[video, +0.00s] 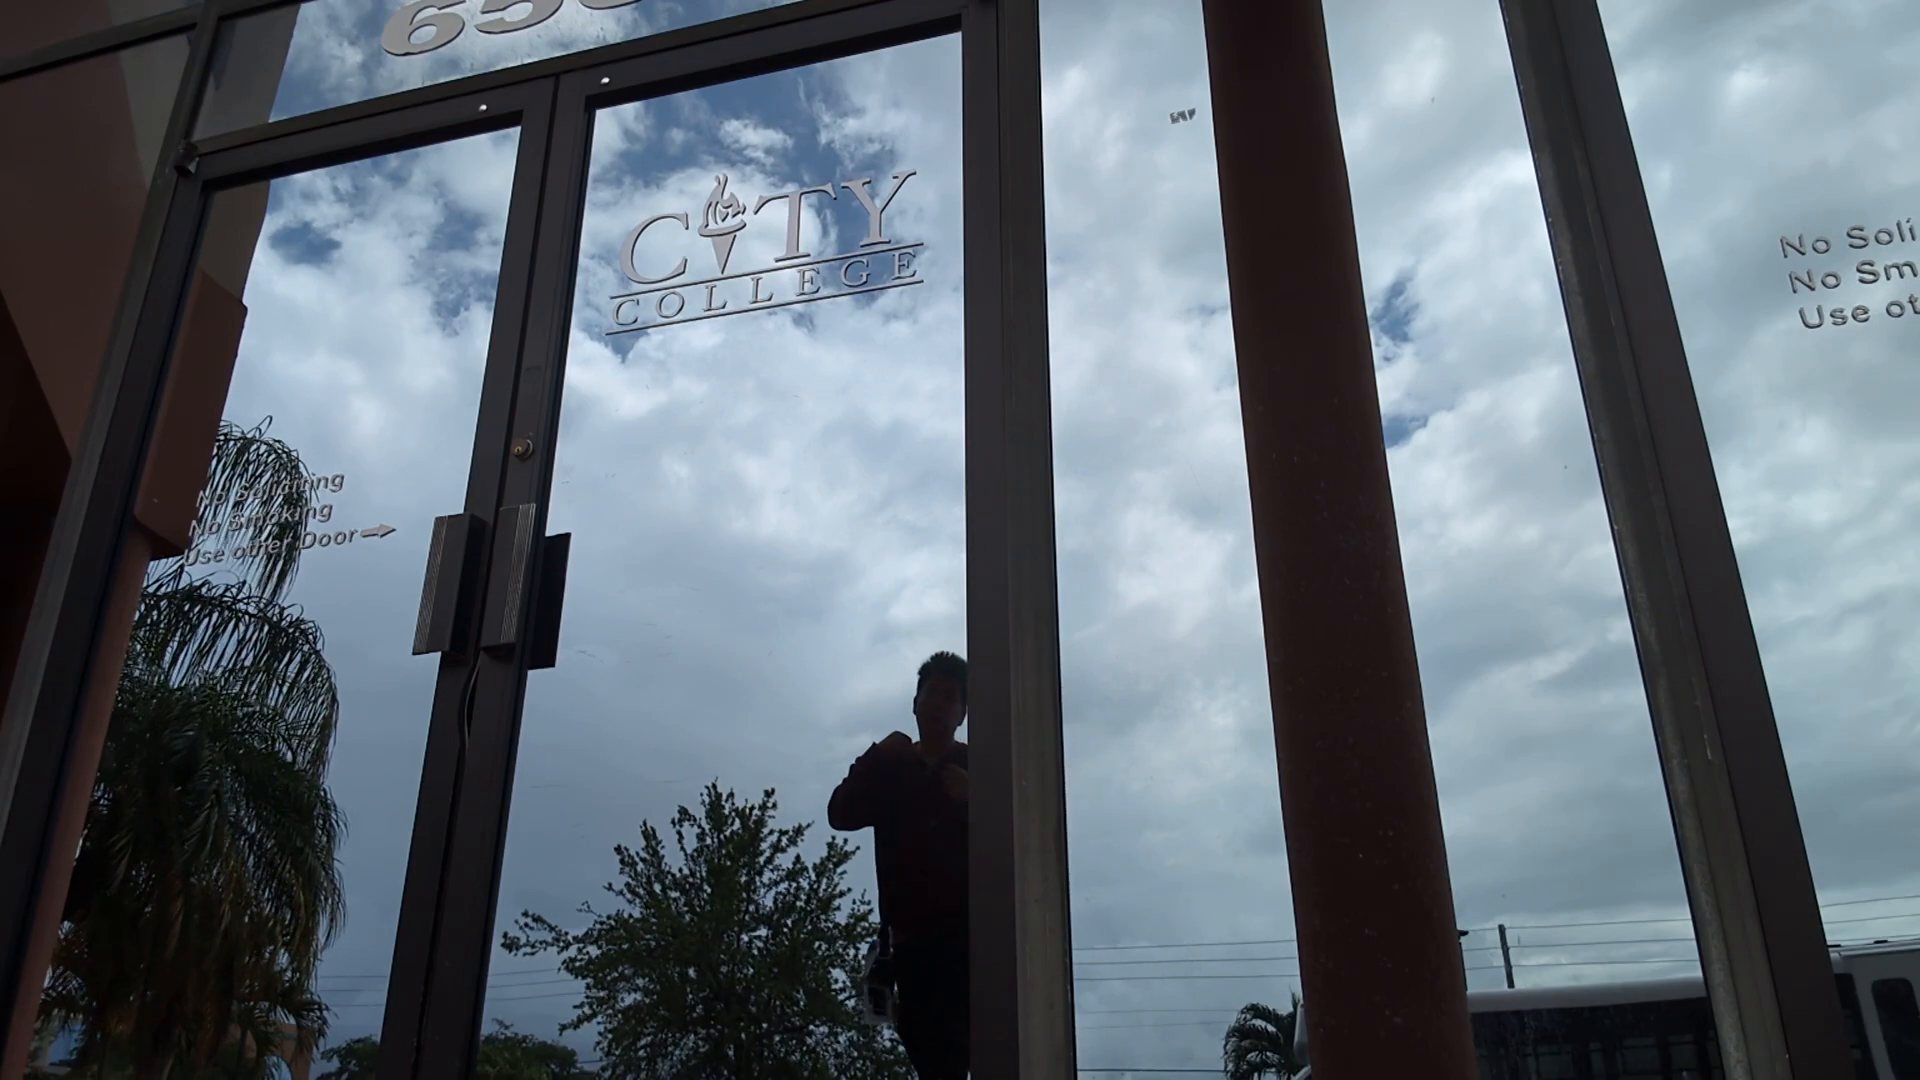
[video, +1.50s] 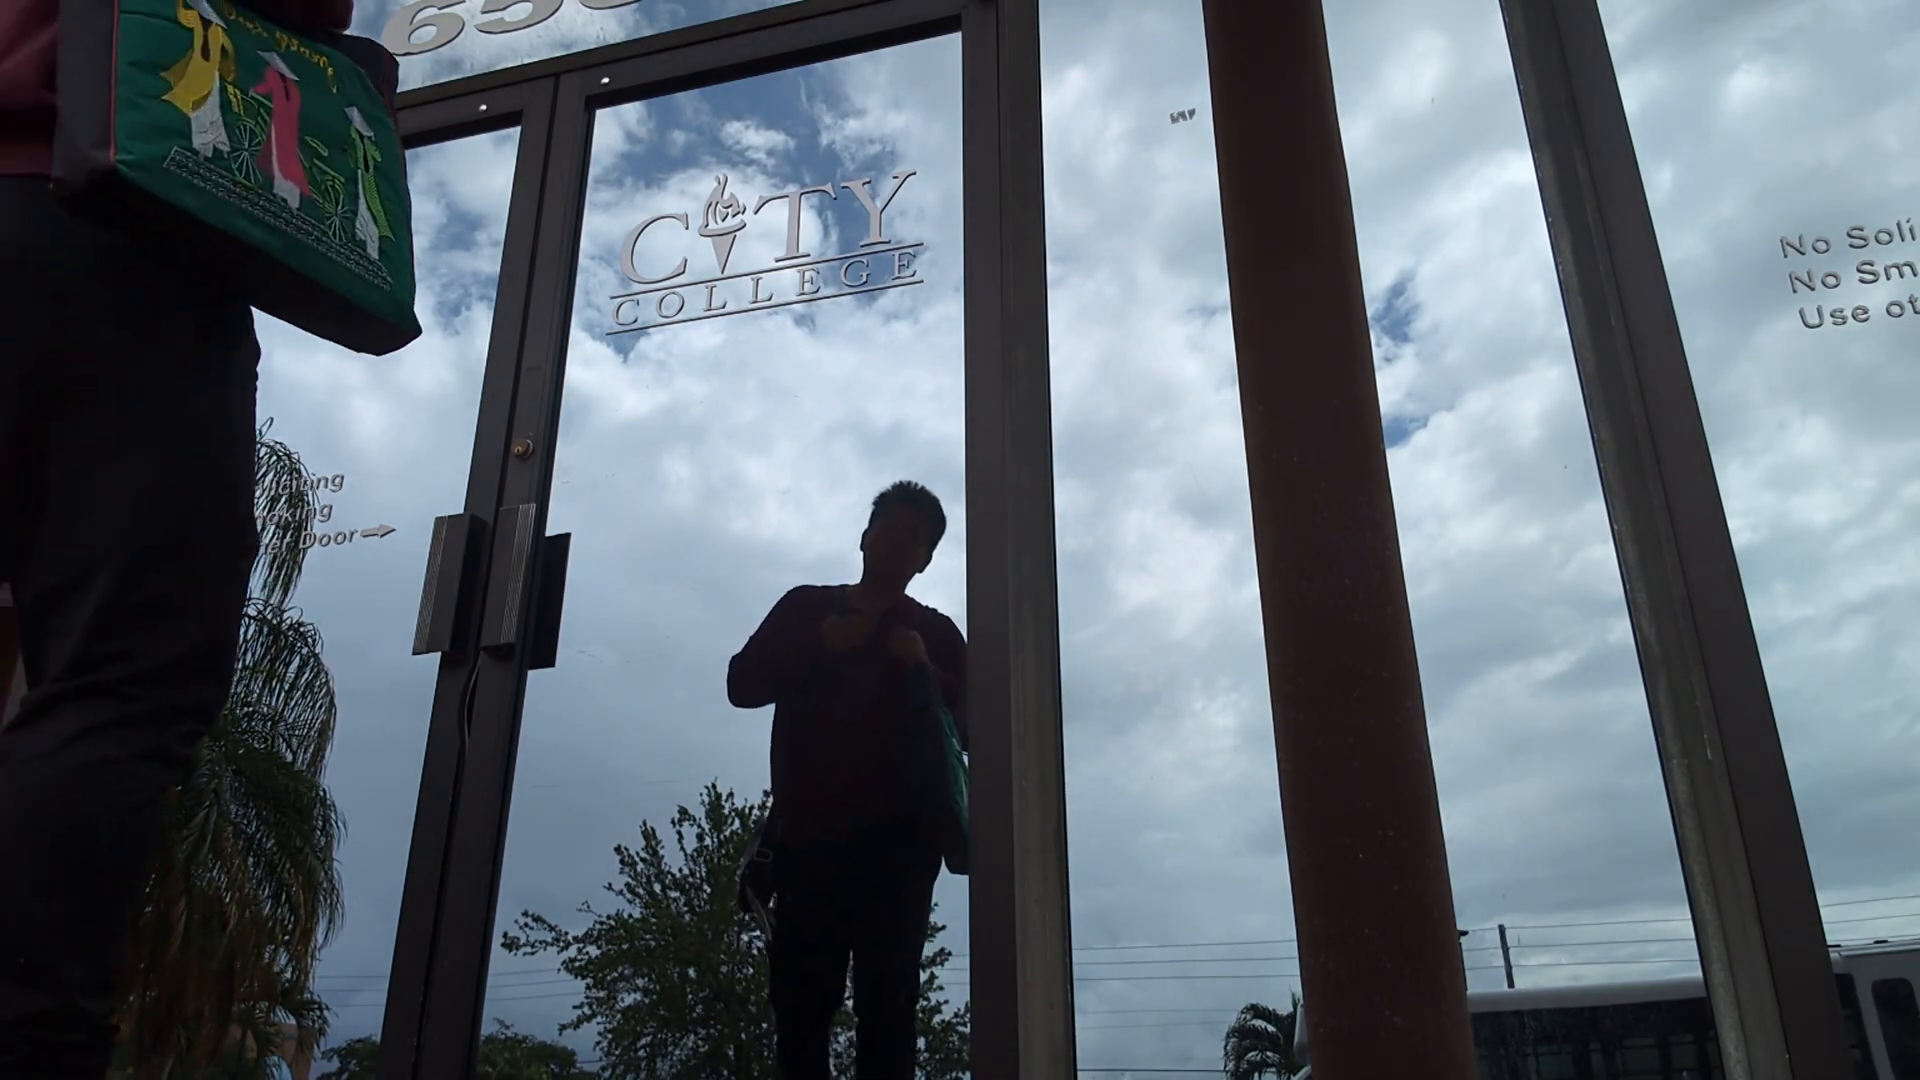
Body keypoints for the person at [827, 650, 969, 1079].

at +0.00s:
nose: (938, 704)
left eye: (949, 697)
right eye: (930, 694)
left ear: (964, 708)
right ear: (915, 703)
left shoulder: (978, 766)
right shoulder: (890, 765)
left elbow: (1013, 824)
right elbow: (840, 815)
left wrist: (976, 794)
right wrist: (879, 757)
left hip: (973, 932)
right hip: (911, 932)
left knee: (971, 1049)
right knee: (928, 1053)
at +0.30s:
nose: (926, 669)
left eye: (939, 660)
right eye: (918, 657)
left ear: (955, 673)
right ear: (904, 664)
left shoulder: (971, 737)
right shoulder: (873, 736)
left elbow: (1002, 805)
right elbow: (812, 751)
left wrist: (959, 768)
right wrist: (855, 702)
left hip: (949, 915)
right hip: (881, 912)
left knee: (932, 1047)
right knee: (862, 1037)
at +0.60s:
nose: (903, 641)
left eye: (918, 634)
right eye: (896, 629)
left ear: (934, 649)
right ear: (882, 637)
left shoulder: (955, 712)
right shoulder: (851, 704)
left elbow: (982, 778)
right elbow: (795, 667)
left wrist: (936, 745)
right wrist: (855, 653)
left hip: (930, 894)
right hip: (859, 890)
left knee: (925, 1046)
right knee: (832, 1046)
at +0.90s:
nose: (876, 609)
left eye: (890, 602)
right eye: (869, 595)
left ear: (904, 617)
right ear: (847, 600)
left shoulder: (920, 682)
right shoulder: (809, 675)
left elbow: (966, 764)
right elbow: (756, 633)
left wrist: (911, 714)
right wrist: (823, 625)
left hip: (897, 868)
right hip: (819, 863)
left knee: (898, 1022)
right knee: (805, 1026)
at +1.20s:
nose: (868, 579)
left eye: (883, 572)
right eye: (860, 564)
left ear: (896, 590)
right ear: (838, 569)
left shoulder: (910, 658)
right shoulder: (787, 643)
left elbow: (955, 750)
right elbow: (724, 680)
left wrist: (901, 691)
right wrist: (808, 637)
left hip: (888, 856)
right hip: (801, 853)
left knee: (884, 1014)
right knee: (802, 1016)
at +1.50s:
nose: (896, 545)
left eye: (913, 539)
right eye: (888, 530)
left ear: (927, 557)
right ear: (866, 534)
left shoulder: (939, 633)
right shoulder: (805, 606)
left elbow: (972, 732)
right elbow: (741, 687)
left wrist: (920, 666)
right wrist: (820, 643)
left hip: (902, 840)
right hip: (809, 832)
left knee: (889, 1008)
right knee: (800, 1009)